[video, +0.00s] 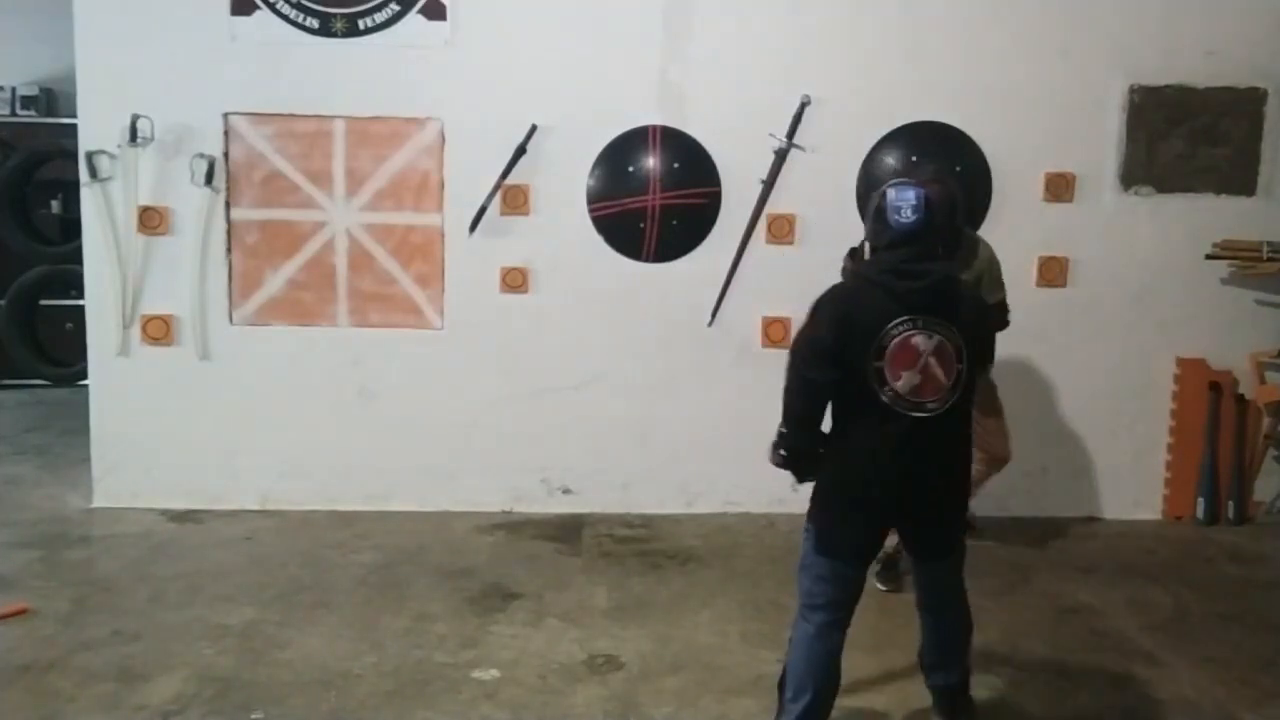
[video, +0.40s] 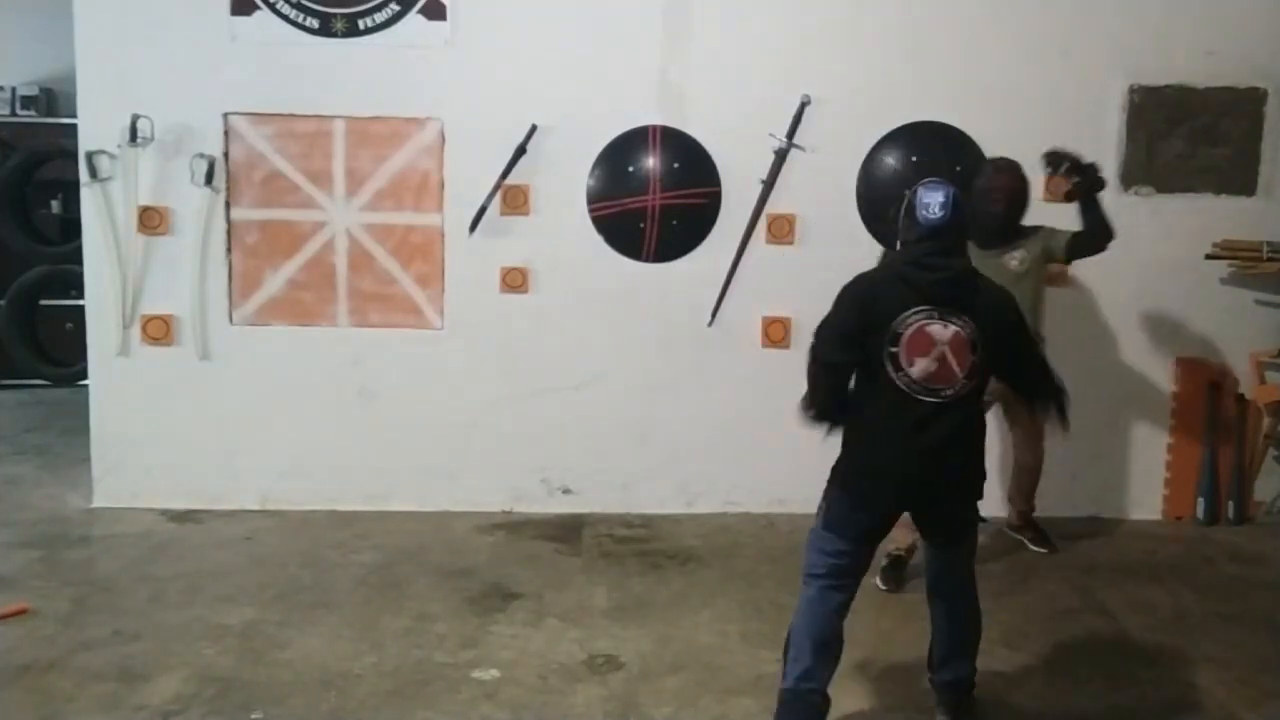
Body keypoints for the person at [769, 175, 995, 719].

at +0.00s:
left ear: (875, 228)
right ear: (947, 232)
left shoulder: (845, 303)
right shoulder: (968, 307)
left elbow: (806, 383)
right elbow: (980, 369)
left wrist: (799, 449)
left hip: (854, 482)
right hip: (939, 483)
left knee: (821, 610)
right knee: (942, 591)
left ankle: (800, 709)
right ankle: (951, 695)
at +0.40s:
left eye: (901, 223)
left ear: (900, 228)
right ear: (962, 230)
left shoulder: (867, 292)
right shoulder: (989, 300)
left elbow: (826, 366)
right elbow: (1027, 374)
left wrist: (833, 405)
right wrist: (1044, 396)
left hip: (872, 466)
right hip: (952, 471)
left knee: (827, 582)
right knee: (953, 580)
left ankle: (799, 706)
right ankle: (955, 690)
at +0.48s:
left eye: (908, 220)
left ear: (900, 226)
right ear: (963, 230)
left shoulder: (864, 290)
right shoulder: (990, 304)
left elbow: (813, 366)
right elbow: (1021, 391)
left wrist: (874, 362)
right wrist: (1054, 438)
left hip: (866, 468)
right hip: (949, 474)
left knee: (825, 583)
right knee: (954, 582)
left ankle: (792, 706)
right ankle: (954, 693)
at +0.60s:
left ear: (887, 224)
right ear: (954, 230)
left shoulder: (850, 291)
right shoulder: (972, 303)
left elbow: (807, 367)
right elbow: (1003, 402)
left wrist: (860, 326)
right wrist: (1045, 460)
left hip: (855, 468)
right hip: (937, 473)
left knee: (819, 587)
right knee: (949, 587)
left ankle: (787, 708)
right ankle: (954, 696)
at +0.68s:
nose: (954, 244)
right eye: (952, 235)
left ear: (882, 227)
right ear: (944, 235)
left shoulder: (841, 288)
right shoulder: (958, 304)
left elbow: (808, 356)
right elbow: (992, 396)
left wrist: (867, 345)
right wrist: (1053, 440)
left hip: (843, 471)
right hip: (923, 476)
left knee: (811, 588)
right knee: (945, 589)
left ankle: (782, 708)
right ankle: (953, 695)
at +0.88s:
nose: (956, 244)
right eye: (955, 232)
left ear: (877, 219)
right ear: (945, 229)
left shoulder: (837, 291)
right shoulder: (949, 304)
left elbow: (798, 345)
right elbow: (1022, 360)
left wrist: (849, 361)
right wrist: (1066, 317)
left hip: (833, 473)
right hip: (913, 479)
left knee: (808, 588)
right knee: (935, 581)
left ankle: (782, 707)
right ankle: (953, 677)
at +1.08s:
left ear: (897, 226)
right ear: (964, 235)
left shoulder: (857, 292)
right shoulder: (976, 300)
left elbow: (806, 344)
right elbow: (1043, 352)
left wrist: (823, 407)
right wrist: (1059, 317)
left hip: (858, 464)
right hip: (939, 471)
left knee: (824, 573)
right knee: (952, 568)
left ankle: (786, 701)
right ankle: (960, 680)